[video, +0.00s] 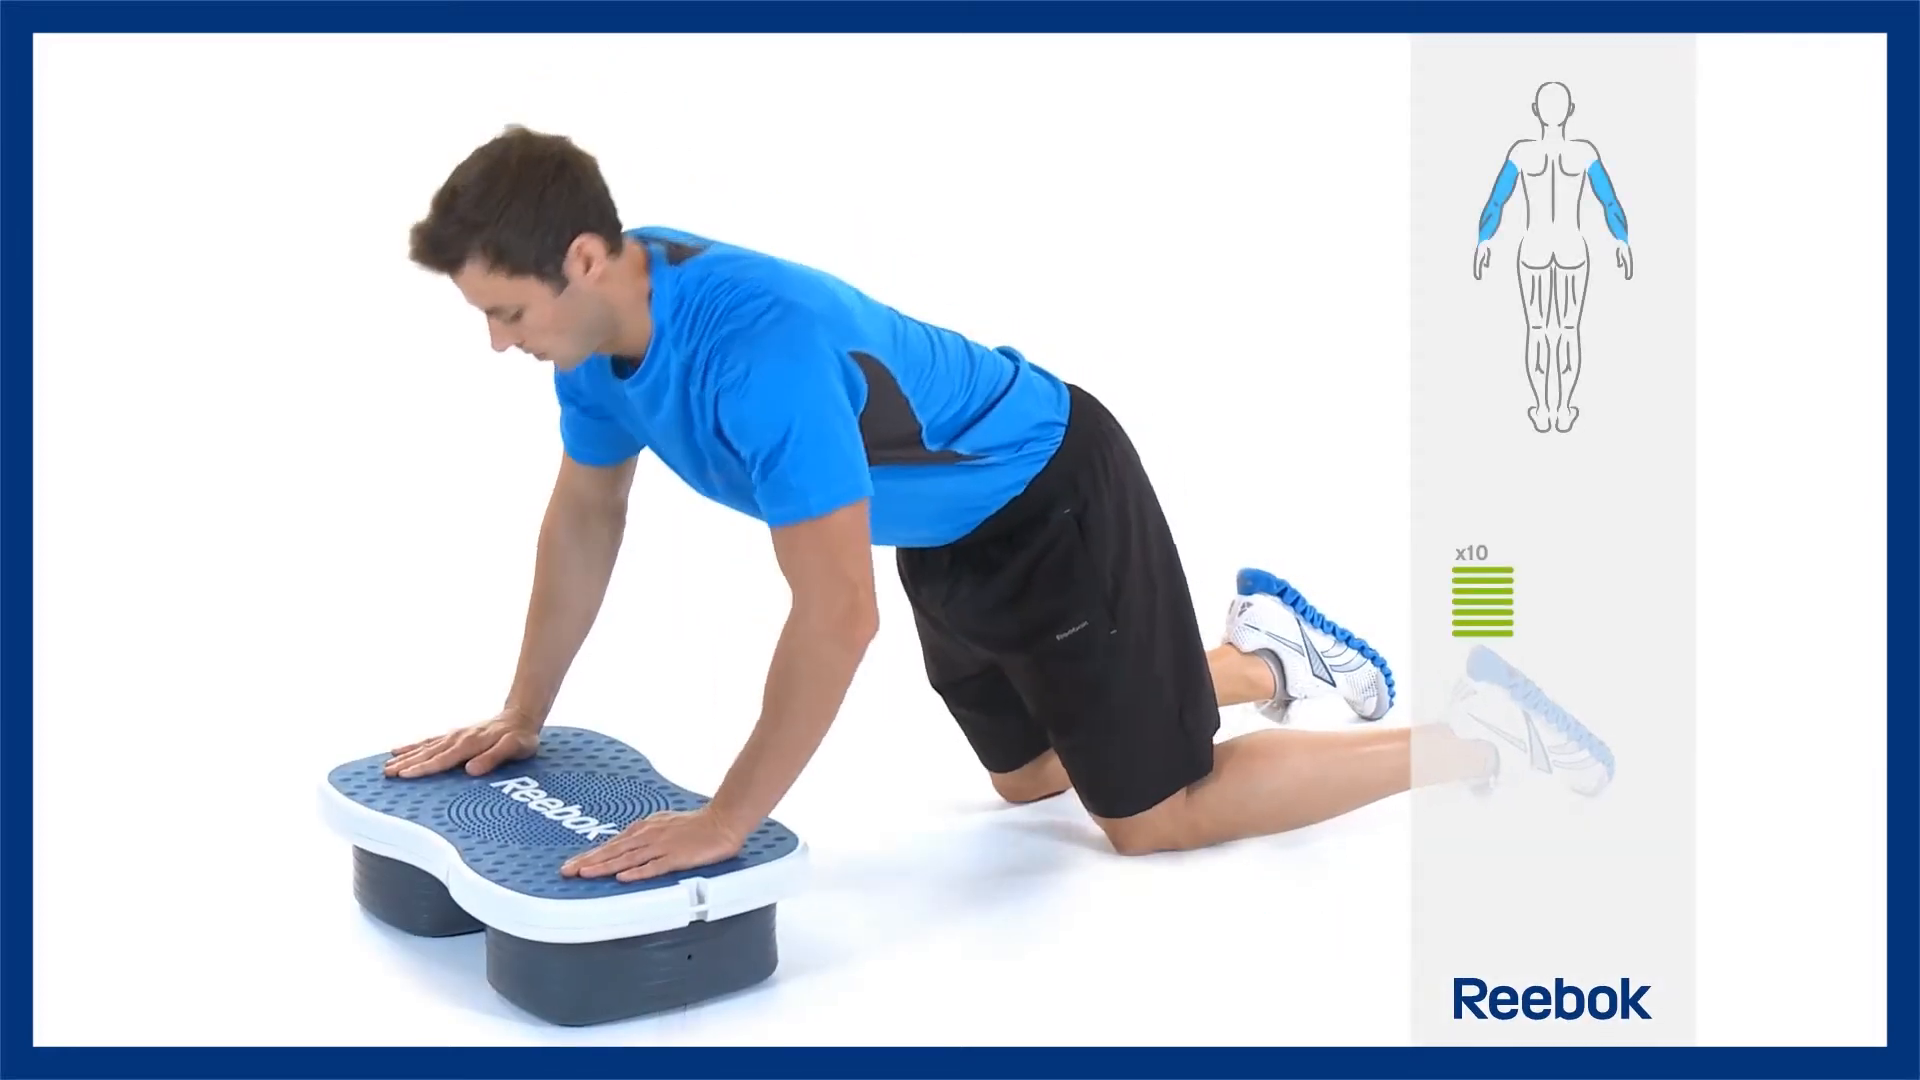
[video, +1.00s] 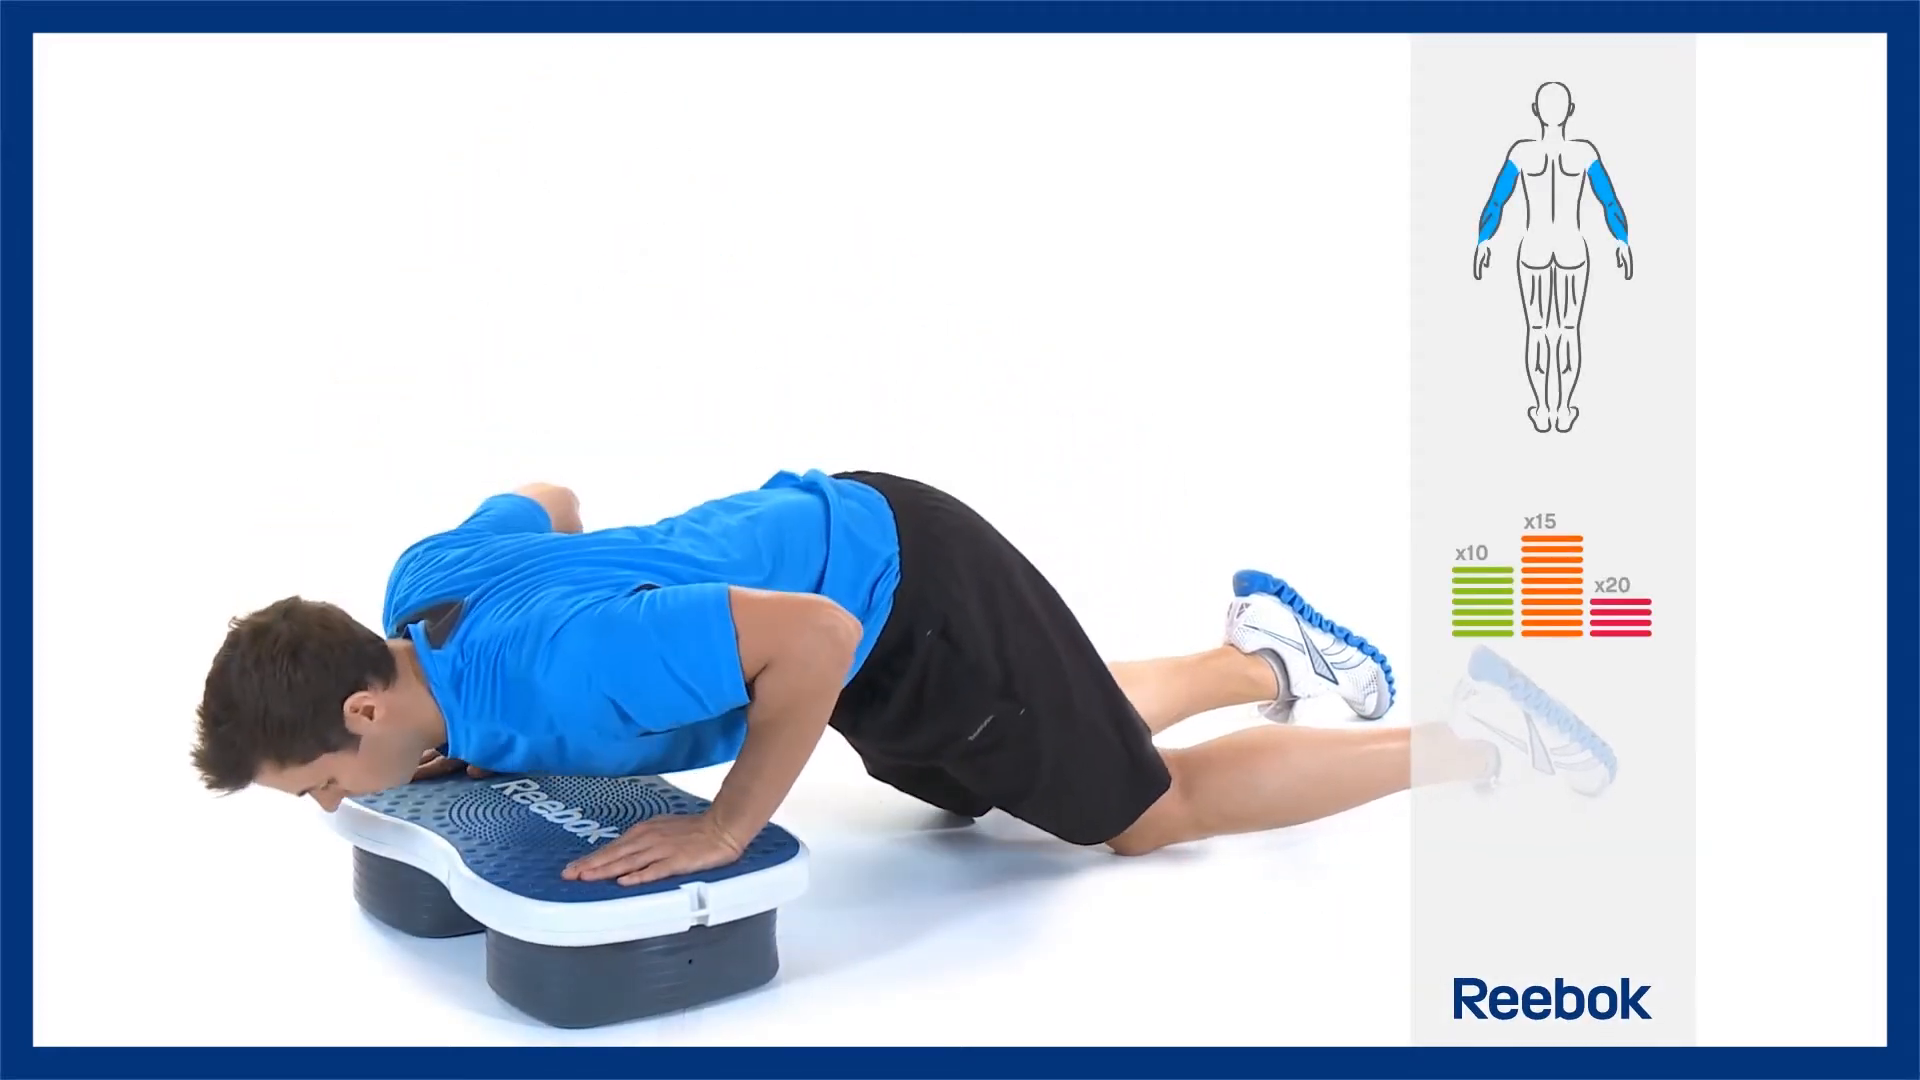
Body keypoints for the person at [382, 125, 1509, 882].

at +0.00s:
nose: (500, 343)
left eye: (504, 314)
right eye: (484, 322)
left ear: (587, 256)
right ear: (567, 262)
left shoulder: (759, 352)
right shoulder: (598, 340)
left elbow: (834, 611)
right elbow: (584, 520)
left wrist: (729, 817)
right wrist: (519, 719)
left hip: (1054, 488)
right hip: (943, 536)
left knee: (1150, 811)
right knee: (1032, 775)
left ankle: (1470, 746)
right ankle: (1267, 665)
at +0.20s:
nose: (436, 473)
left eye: (436, 445)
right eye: (418, 453)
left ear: (509, 382)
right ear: (486, 389)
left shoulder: (697, 429)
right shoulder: (556, 404)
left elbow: (858, 645)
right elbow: (577, 540)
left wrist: (730, 820)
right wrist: (522, 717)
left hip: (1013, 509)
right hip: (910, 559)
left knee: (1158, 811)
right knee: (1030, 764)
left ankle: (1471, 754)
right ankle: (1257, 661)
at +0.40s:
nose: (383, 611)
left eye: (372, 588)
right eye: (358, 597)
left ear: (428, 523)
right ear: (416, 496)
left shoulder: (630, 520)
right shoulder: (501, 447)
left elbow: (848, 647)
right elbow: (559, 578)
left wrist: (729, 822)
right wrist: (522, 721)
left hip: (973, 543)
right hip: (882, 582)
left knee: (1170, 807)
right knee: (1014, 768)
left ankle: (1474, 745)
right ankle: (1260, 661)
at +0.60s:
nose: (358, 727)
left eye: (348, 705)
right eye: (337, 718)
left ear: (400, 631)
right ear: (386, 615)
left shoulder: (579, 609)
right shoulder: (458, 534)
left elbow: (835, 645)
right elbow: (575, 602)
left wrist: (739, 822)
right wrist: (519, 713)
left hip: (937, 573)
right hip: (859, 602)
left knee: (1162, 807)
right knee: (1032, 761)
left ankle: (1468, 748)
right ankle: (1259, 666)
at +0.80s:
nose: (337, 798)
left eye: (323, 778)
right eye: (308, 788)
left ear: (370, 704)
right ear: (360, 673)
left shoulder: (576, 664)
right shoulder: (426, 584)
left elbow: (822, 643)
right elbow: (558, 500)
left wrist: (729, 823)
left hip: (916, 590)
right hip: (834, 625)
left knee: (1147, 809)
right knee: (1034, 757)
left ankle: (1467, 751)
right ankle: (1254, 661)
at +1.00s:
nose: (329, 811)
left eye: (317, 791)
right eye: (301, 803)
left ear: (365, 713)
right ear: (352, 679)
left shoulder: (571, 673)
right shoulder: (421, 588)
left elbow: (815, 636)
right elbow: (553, 498)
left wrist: (730, 822)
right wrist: (516, 689)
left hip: (915, 600)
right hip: (838, 628)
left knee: (1149, 809)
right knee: (1044, 756)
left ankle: (1470, 750)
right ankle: (1255, 657)